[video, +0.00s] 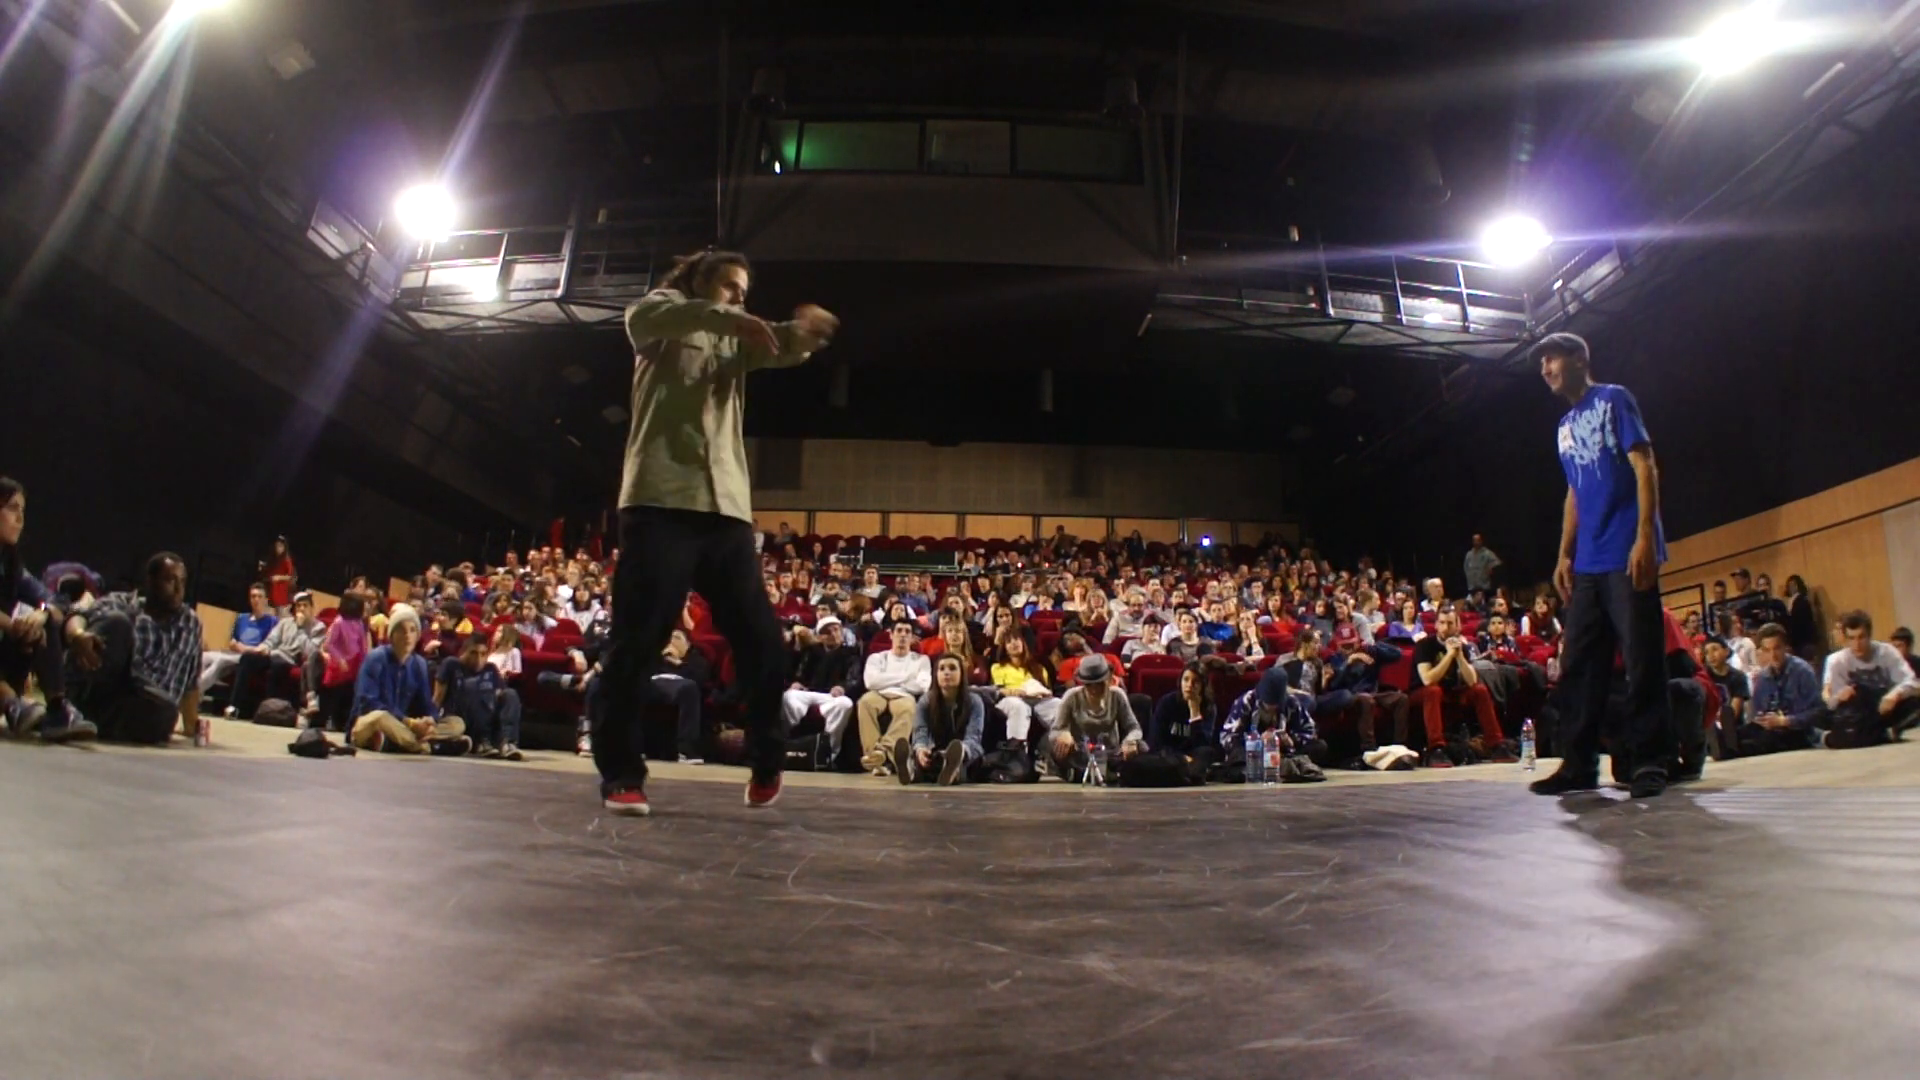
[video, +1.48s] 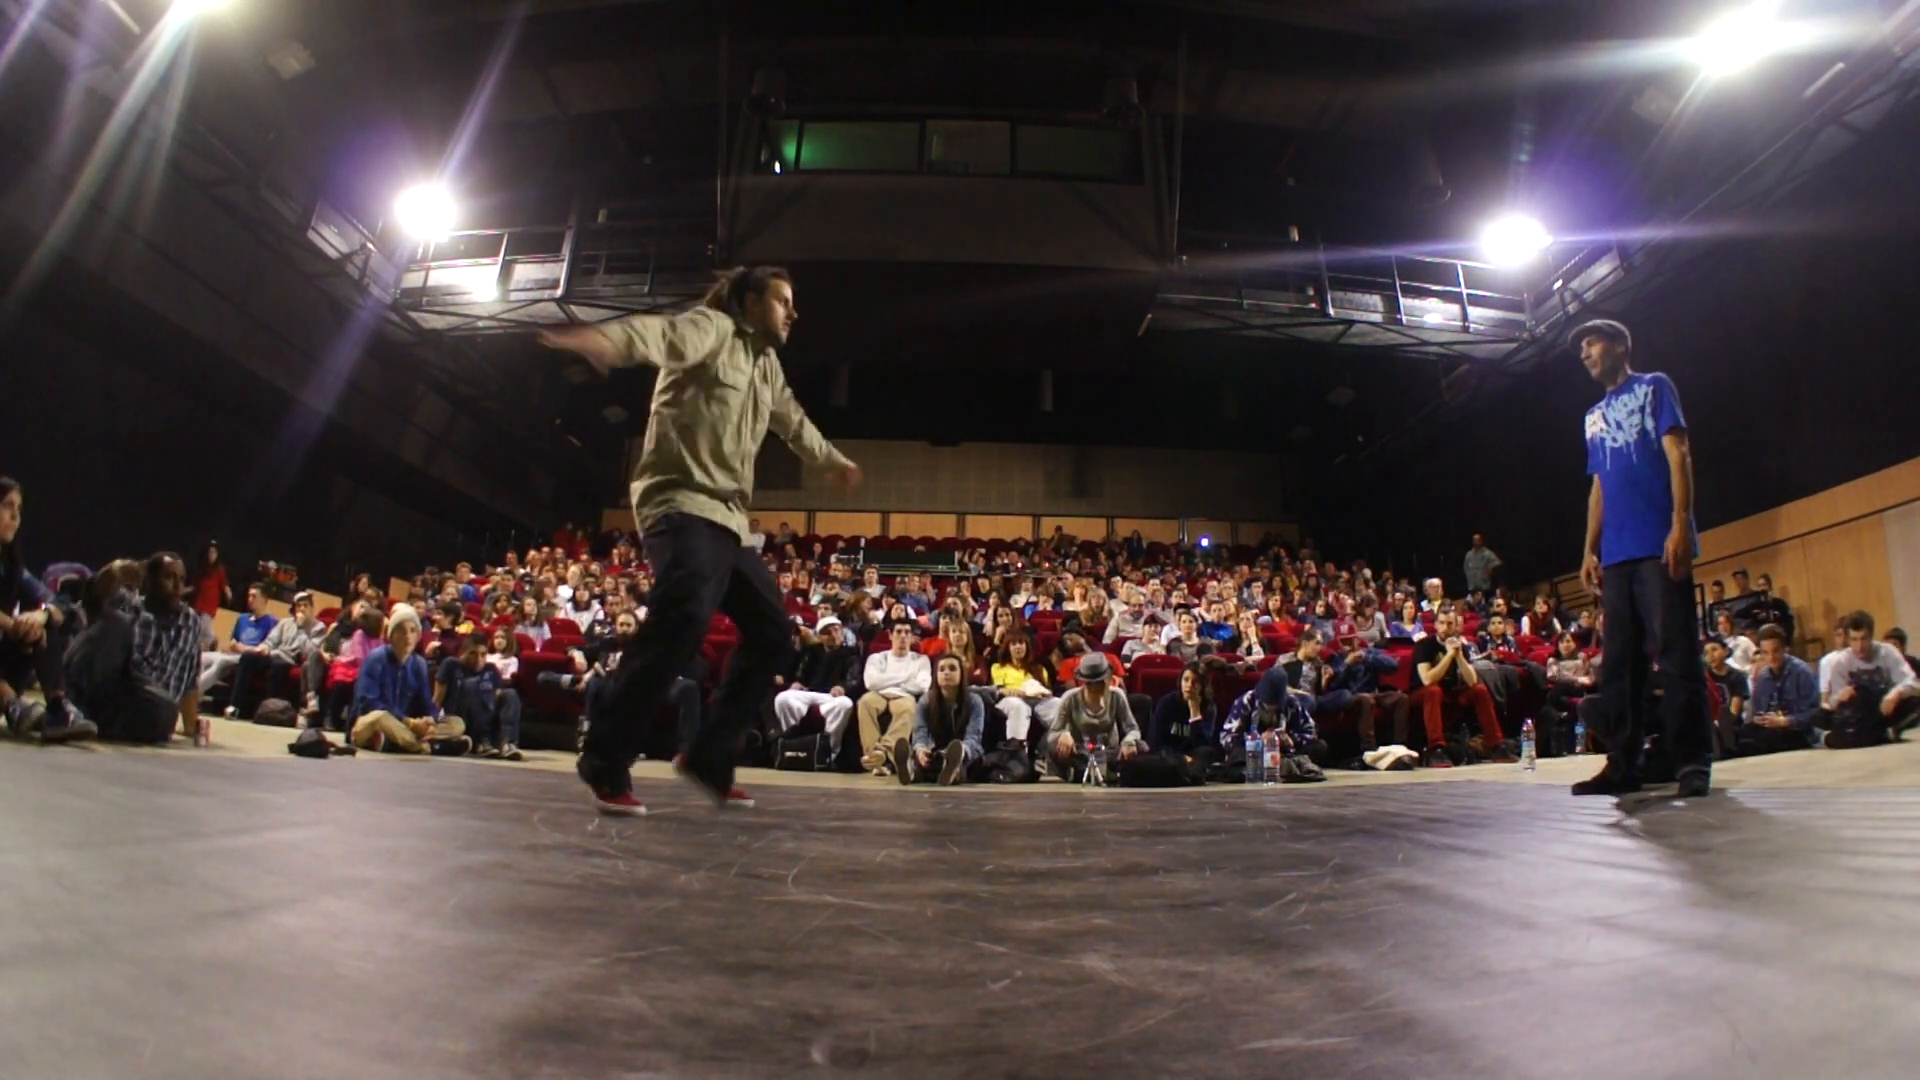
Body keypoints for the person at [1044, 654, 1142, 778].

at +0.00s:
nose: (1094, 690)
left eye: (1099, 684)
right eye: (1089, 685)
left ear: (1107, 680)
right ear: (1082, 683)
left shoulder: (1117, 695)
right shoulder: (1071, 697)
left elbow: (1134, 728)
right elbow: (1055, 731)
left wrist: (1130, 741)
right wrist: (1063, 734)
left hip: (1112, 756)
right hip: (1079, 757)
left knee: (1140, 749)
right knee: (1058, 749)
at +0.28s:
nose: (1094, 689)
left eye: (1099, 684)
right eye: (1089, 685)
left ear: (1107, 680)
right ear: (1083, 683)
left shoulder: (1117, 695)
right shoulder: (1072, 695)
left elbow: (1136, 729)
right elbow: (1054, 731)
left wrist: (1129, 741)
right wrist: (1066, 735)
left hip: (1111, 758)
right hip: (1079, 759)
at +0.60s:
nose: (1094, 690)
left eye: (1099, 685)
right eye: (1089, 685)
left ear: (1108, 681)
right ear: (1082, 683)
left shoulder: (1117, 696)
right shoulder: (1070, 699)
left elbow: (1133, 730)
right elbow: (1050, 738)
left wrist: (1129, 742)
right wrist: (1063, 734)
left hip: (1110, 755)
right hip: (1078, 755)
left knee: (1140, 748)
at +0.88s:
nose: (1095, 691)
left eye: (1099, 686)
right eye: (1089, 687)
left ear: (1108, 681)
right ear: (1082, 684)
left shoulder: (1117, 697)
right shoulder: (1069, 699)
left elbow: (1133, 730)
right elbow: (1050, 738)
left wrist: (1129, 742)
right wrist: (1063, 734)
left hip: (1110, 755)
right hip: (1078, 757)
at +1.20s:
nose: (1094, 690)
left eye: (1099, 685)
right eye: (1089, 685)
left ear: (1108, 680)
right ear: (1082, 683)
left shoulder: (1117, 696)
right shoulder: (1069, 699)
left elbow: (1133, 730)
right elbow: (1051, 736)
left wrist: (1129, 742)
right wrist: (1063, 735)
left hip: (1110, 756)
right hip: (1078, 756)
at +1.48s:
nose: (1094, 688)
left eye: (1099, 683)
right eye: (1089, 683)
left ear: (1107, 679)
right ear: (1083, 681)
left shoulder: (1117, 696)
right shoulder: (1069, 698)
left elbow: (1132, 729)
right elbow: (1052, 736)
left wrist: (1129, 741)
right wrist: (1063, 734)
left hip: (1110, 754)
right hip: (1078, 755)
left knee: (1140, 748)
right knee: (1056, 748)